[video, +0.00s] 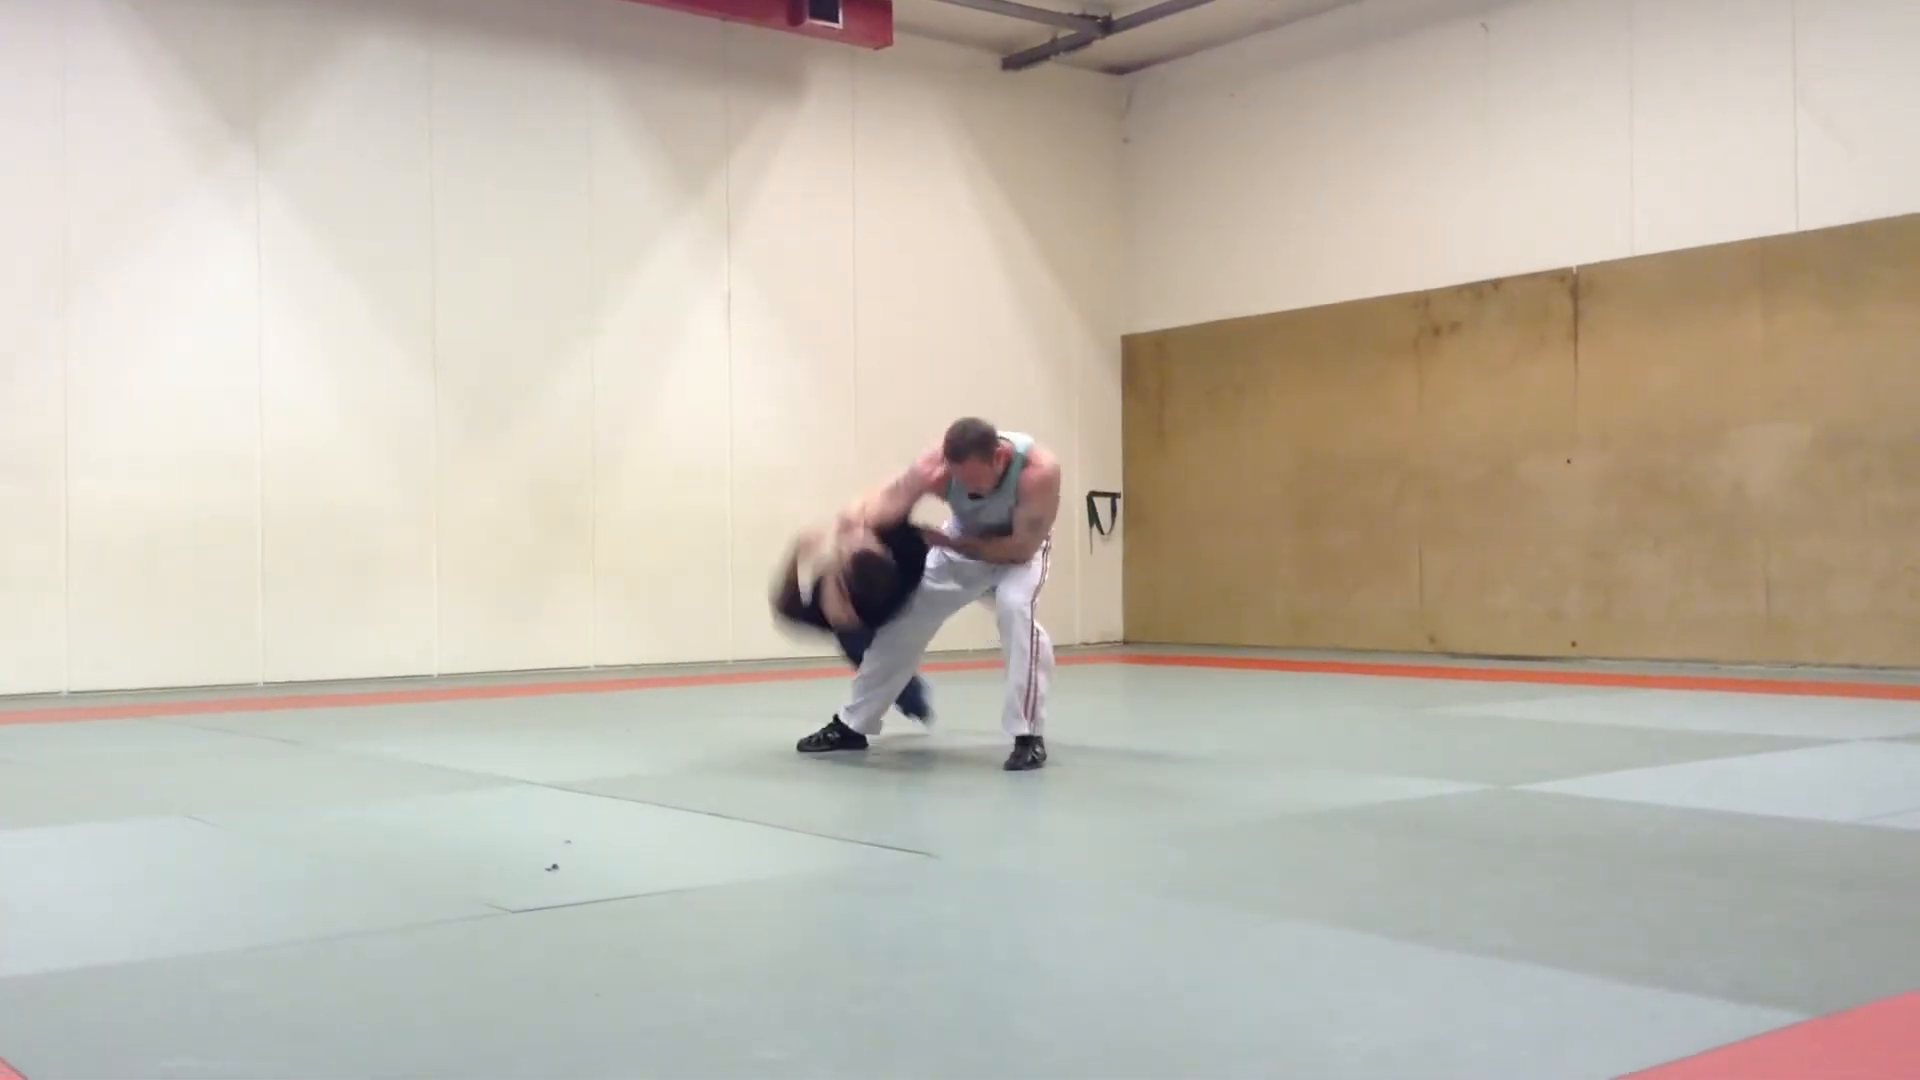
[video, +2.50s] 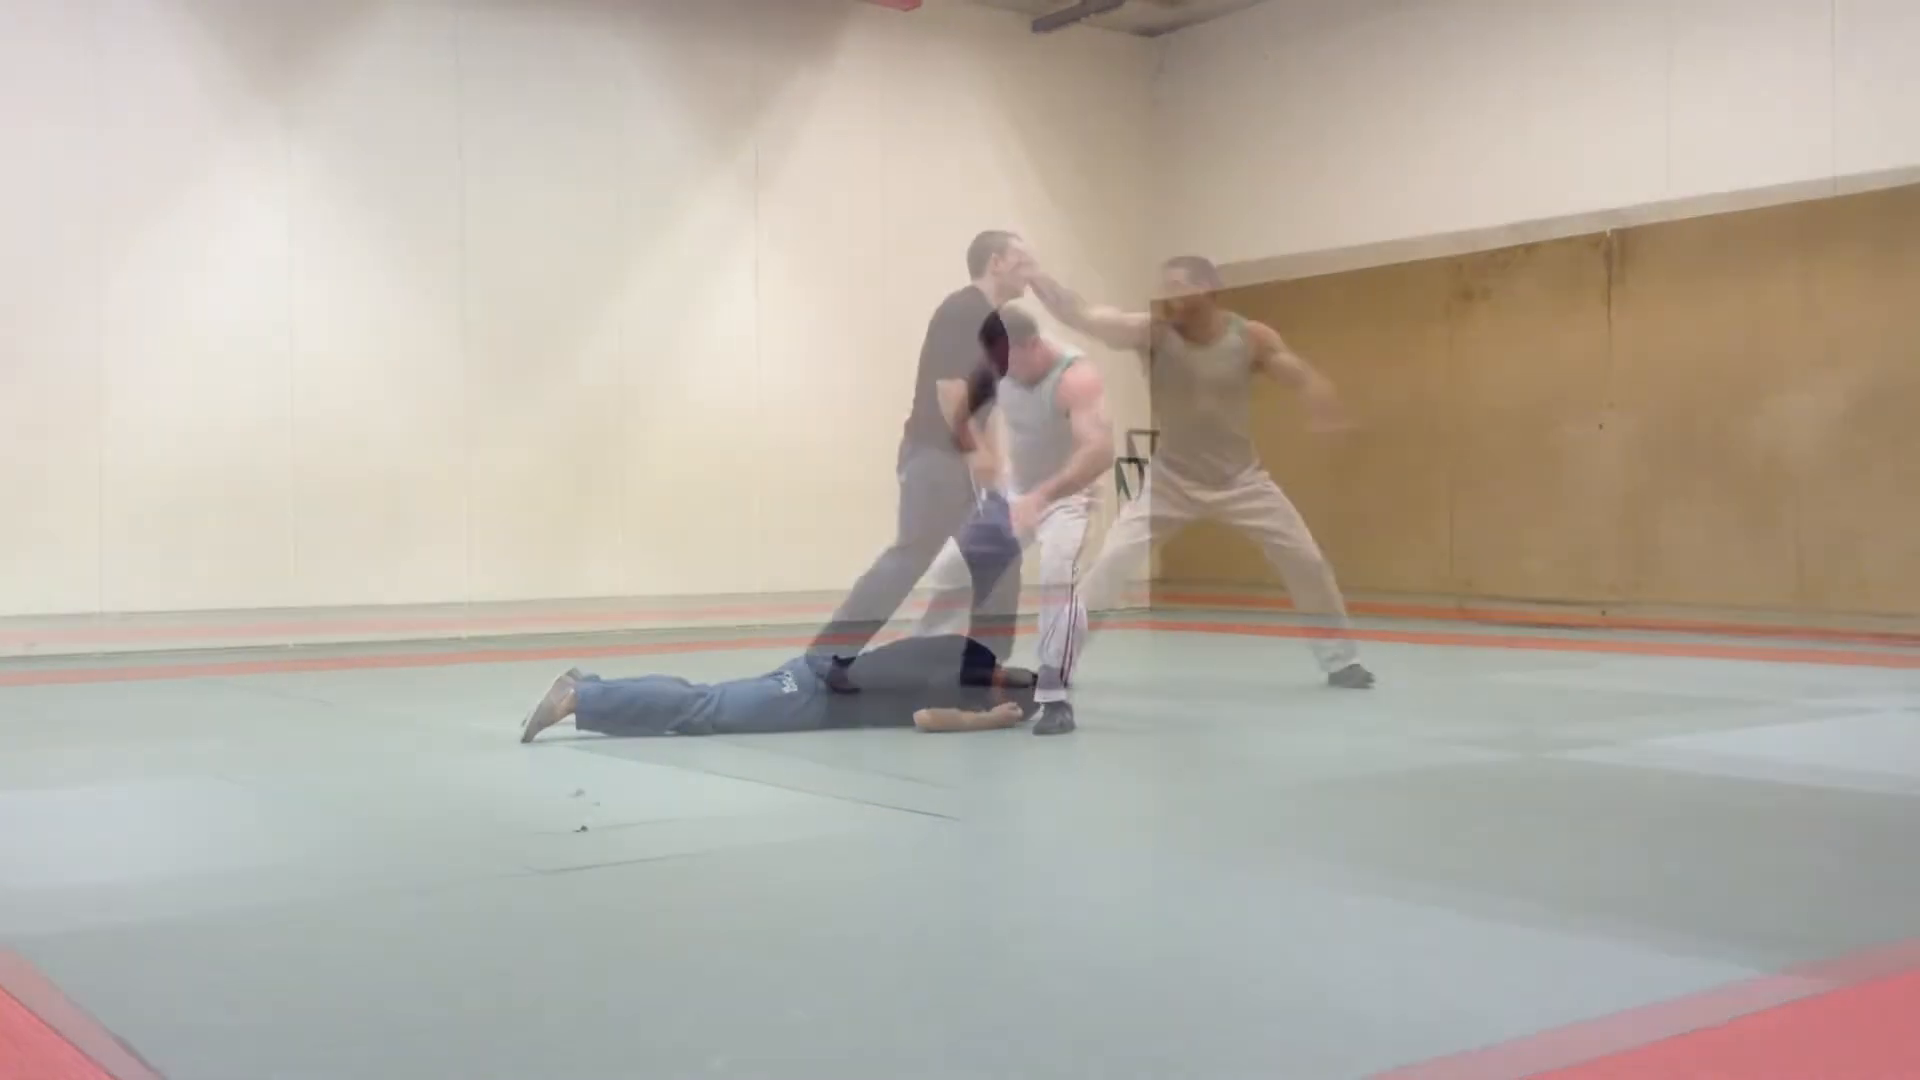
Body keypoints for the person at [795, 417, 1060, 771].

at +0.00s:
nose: (969, 488)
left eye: (976, 481)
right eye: (961, 481)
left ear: (1000, 458)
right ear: (949, 460)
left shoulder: (1038, 472)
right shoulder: (936, 468)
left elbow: (1023, 548)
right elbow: (884, 506)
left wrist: (949, 542)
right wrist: (858, 525)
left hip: (1021, 548)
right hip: (961, 543)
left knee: (1014, 607)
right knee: (904, 622)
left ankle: (1028, 737)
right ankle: (852, 725)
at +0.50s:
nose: (891, 557)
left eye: (898, 547)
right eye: (886, 550)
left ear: (923, 524)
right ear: (880, 540)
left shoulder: (958, 483)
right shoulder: (889, 554)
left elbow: (1022, 525)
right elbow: (912, 629)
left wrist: (967, 568)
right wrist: (941, 681)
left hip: (993, 555)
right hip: (930, 568)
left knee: (1018, 601)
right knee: (843, 620)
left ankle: (1032, 731)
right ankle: (847, 718)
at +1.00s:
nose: (910, 509)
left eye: (915, 500)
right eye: (903, 502)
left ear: (936, 477)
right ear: (895, 491)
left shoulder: (977, 458)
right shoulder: (891, 502)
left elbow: (1023, 526)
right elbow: (906, 580)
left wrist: (964, 564)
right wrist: (934, 641)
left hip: (1002, 539)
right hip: (938, 545)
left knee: (1032, 595)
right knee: (859, 620)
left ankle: (1042, 716)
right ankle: (872, 711)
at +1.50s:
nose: (1018, 472)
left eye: (1026, 465)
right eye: (1010, 464)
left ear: (1042, 445)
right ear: (996, 444)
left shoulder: (1065, 421)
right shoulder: (964, 437)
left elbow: (1091, 454)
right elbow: (898, 481)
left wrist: (1078, 495)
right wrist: (950, 532)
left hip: (1029, 513)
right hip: (961, 519)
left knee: (1065, 568)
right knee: (888, 605)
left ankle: (1073, 693)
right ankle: (889, 691)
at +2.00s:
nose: (988, 443)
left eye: (995, 436)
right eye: (980, 436)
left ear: (1014, 411)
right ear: (965, 413)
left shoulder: (1043, 426)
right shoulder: (953, 389)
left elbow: (1082, 491)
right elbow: (891, 370)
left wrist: (1047, 526)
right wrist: (894, 423)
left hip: (1019, 515)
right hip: (955, 515)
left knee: (1053, 576)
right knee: (884, 600)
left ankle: (1064, 697)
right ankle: (874, 688)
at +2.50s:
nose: (1009, 373)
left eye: (1012, 364)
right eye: (1002, 366)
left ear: (1033, 346)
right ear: (999, 355)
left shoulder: (1076, 378)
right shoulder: (1005, 369)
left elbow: (1099, 451)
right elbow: (960, 406)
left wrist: (1040, 498)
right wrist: (977, 450)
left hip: (1066, 499)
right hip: (1008, 493)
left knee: (1056, 577)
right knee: (943, 580)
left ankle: (1054, 697)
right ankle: (922, 680)